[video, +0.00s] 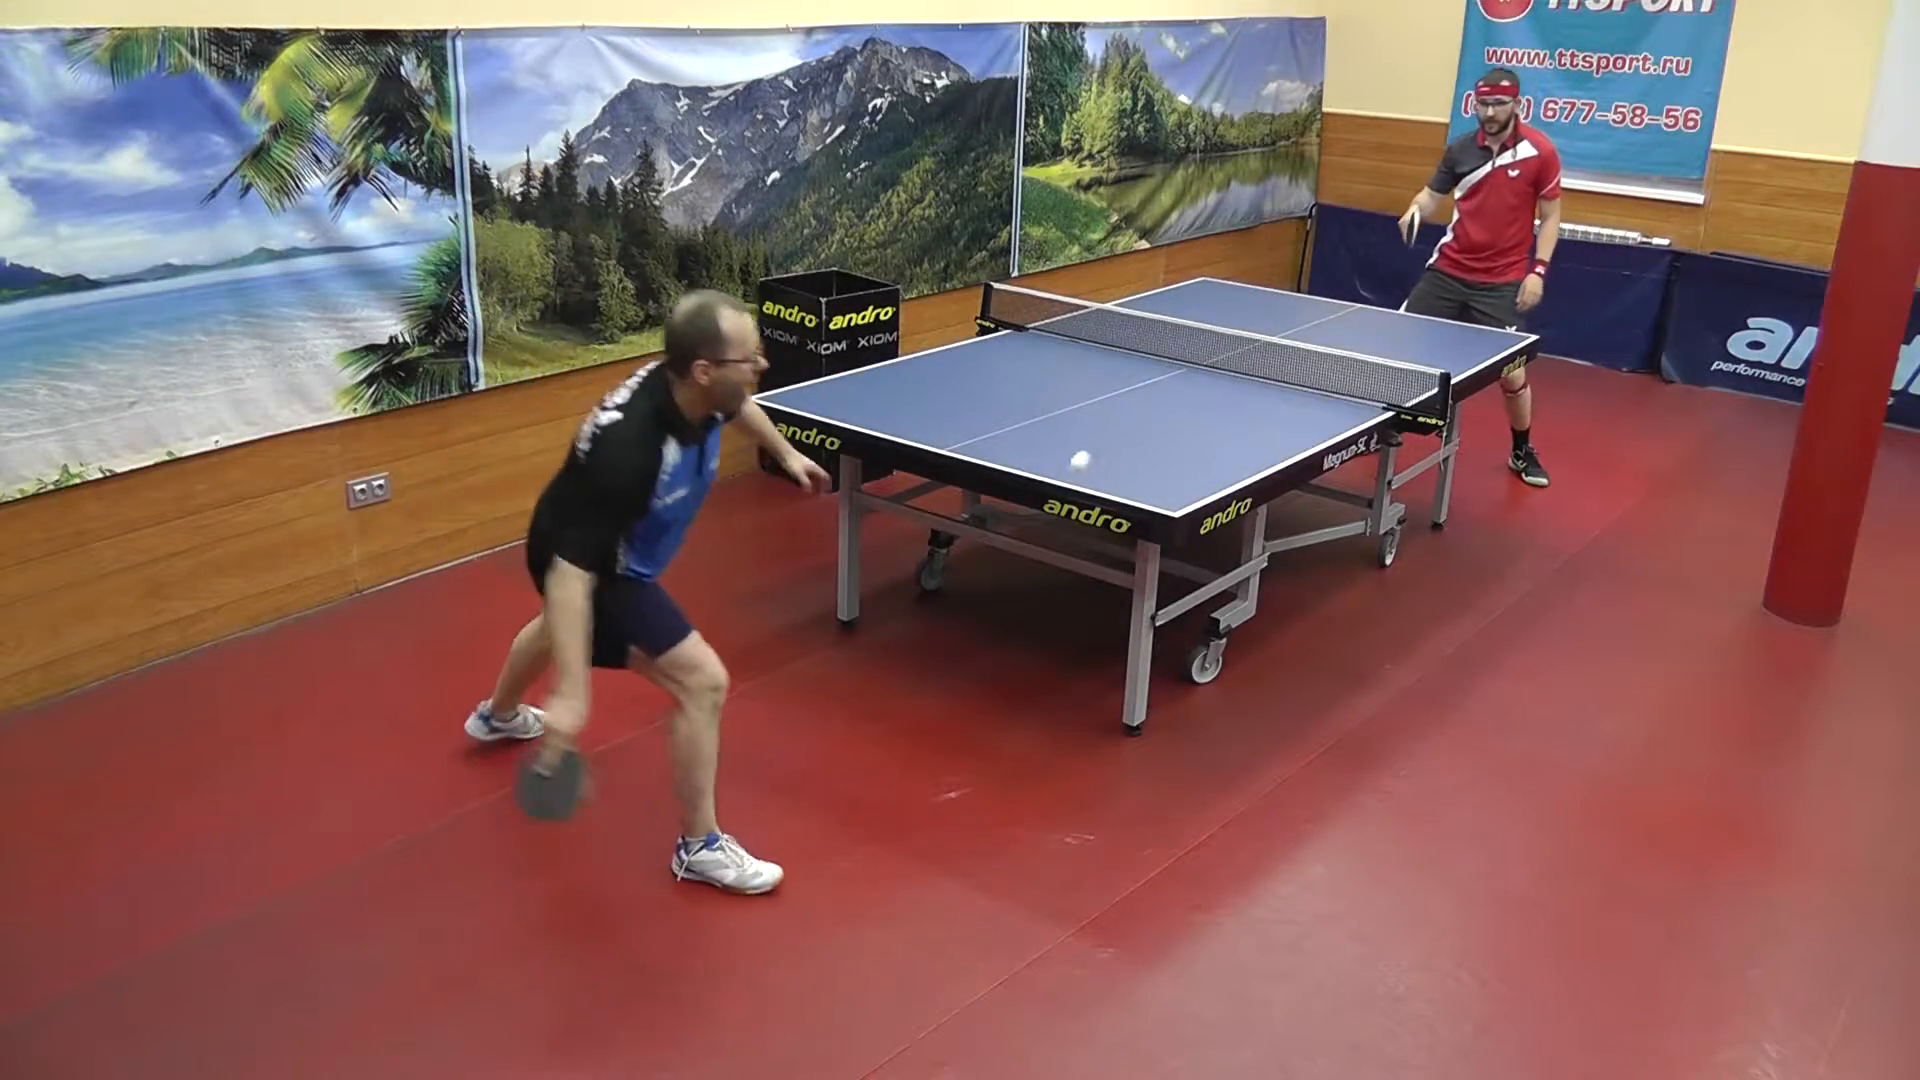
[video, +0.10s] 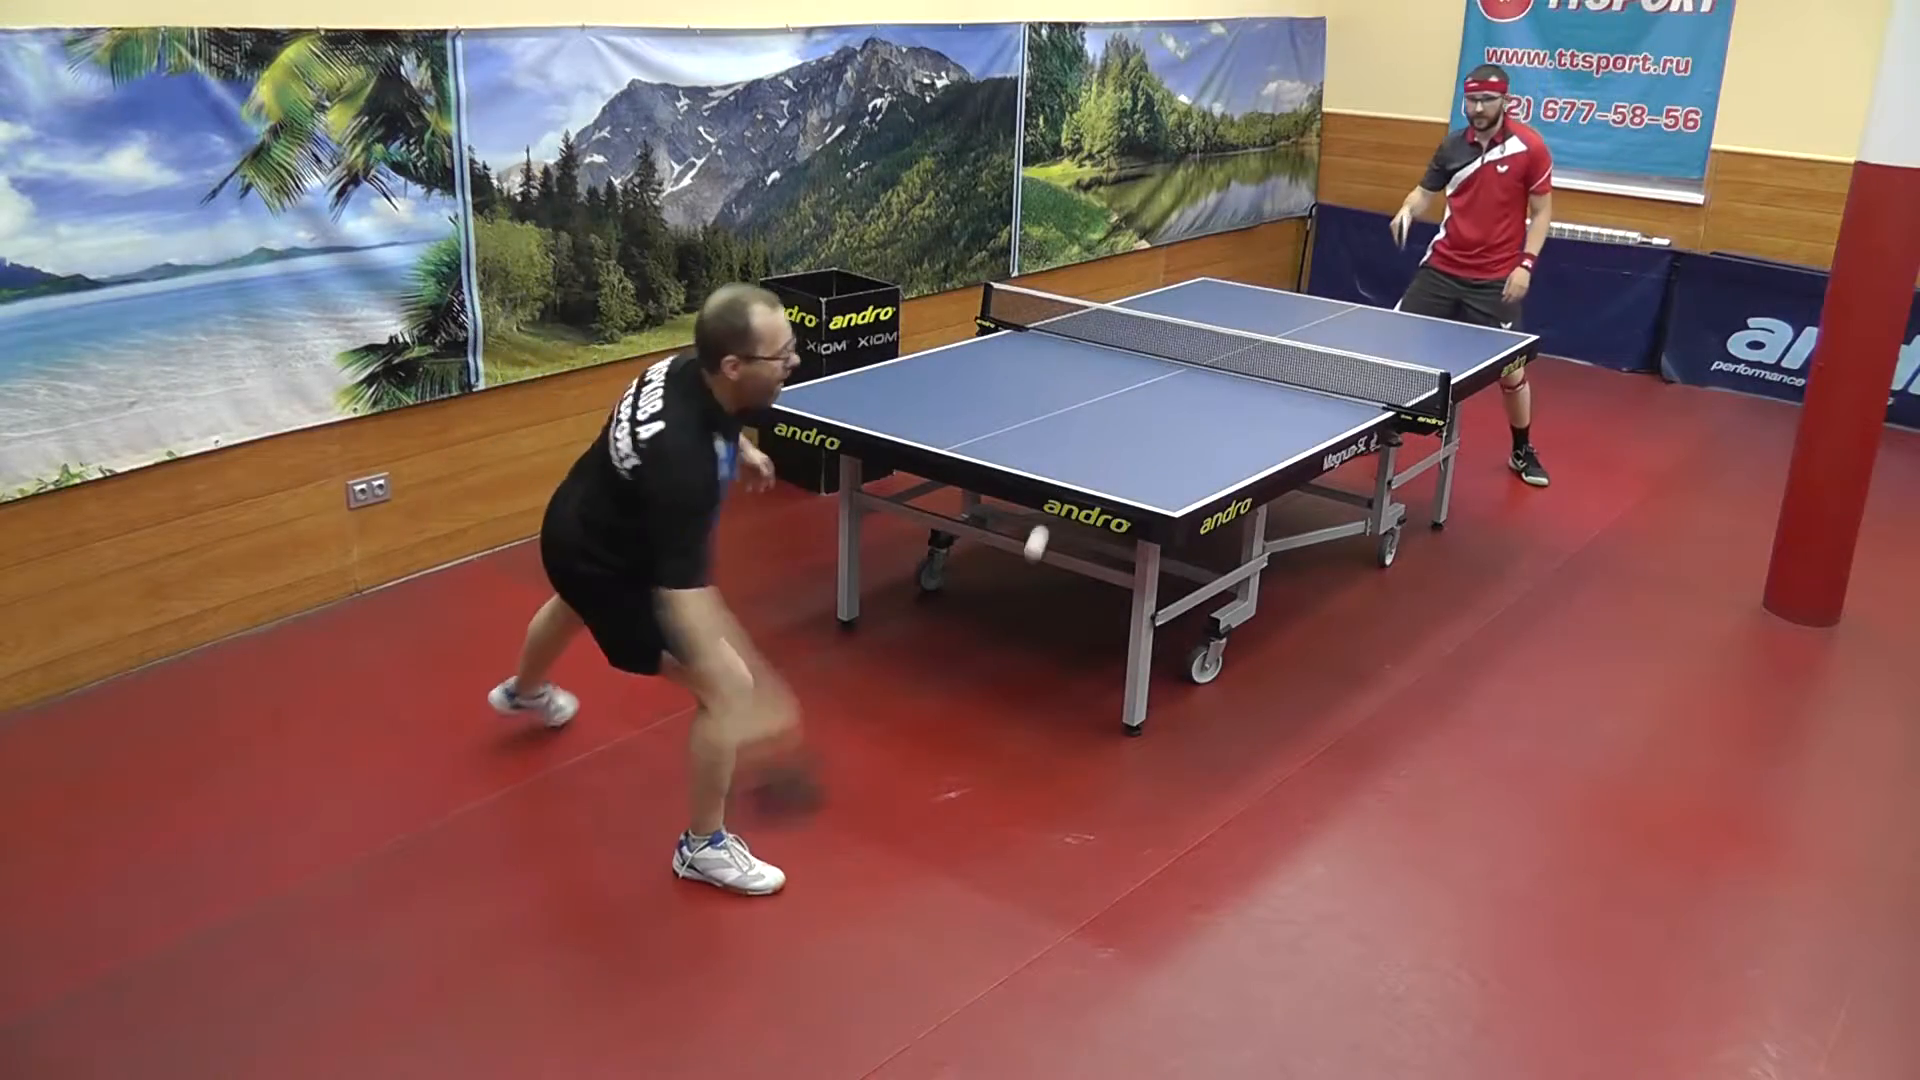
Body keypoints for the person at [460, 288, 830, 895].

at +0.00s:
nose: (758, 368)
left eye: (756, 356)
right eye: (747, 360)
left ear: (707, 368)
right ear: (701, 371)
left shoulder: (693, 384)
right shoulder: (626, 445)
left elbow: (734, 399)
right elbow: (569, 572)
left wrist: (783, 449)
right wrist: (571, 697)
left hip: (611, 556)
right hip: (596, 575)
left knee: (556, 627)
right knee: (703, 683)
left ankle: (496, 712)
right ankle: (701, 842)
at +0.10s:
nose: (792, 363)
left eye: (790, 350)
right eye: (779, 356)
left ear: (727, 360)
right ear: (729, 367)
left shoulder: (687, 367)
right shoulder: (685, 457)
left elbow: (703, 413)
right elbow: (684, 594)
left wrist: (738, 447)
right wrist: (753, 682)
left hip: (573, 517)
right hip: (603, 566)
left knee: (576, 599)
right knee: (731, 691)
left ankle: (523, 690)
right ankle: (705, 842)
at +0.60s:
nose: (753, 251)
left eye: (750, 239)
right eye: (747, 242)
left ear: (674, 253)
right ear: (727, 257)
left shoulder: (622, 323)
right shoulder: (734, 349)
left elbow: (564, 411)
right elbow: (867, 390)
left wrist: (614, 465)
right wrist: (910, 293)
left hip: (571, 535)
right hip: (650, 561)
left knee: (568, 620)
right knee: (719, 697)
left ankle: (497, 739)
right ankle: (696, 866)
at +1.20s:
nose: (600, 275)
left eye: (599, 261)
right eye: (596, 262)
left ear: (529, 267)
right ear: (569, 269)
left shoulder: (468, 330)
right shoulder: (555, 369)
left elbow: (455, 435)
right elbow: (596, 496)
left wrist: (550, 484)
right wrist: (626, 516)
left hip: (419, 547)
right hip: (494, 561)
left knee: (439, 681)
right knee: (585, 702)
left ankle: (390, 816)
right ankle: (624, 872)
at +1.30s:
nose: (587, 273)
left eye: (587, 259)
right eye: (584, 260)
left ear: (513, 263)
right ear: (559, 266)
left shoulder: (456, 333)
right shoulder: (561, 360)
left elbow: (408, 439)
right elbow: (621, 483)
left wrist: (480, 456)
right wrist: (567, 463)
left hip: (423, 555)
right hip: (503, 565)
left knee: (433, 684)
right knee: (595, 703)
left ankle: (388, 817)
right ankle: (626, 875)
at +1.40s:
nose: (580, 275)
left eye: (577, 262)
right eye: (575, 264)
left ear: (504, 270)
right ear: (551, 271)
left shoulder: (448, 347)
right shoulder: (571, 356)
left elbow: (398, 461)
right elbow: (637, 473)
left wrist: (451, 504)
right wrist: (571, 449)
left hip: (434, 567)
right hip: (520, 572)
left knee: (432, 691)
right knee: (615, 703)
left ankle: (389, 818)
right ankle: (628, 874)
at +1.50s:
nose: (576, 286)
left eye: (572, 273)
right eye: (572, 275)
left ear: (501, 284)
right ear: (554, 281)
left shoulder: (452, 365)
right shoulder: (587, 364)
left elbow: (398, 483)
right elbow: (637, 470)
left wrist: (448, 526)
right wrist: (566, 454)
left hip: (448, 580)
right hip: (540, 583)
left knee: (436, 693)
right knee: (631, 699)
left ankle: (388, 820)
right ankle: (630, 874)